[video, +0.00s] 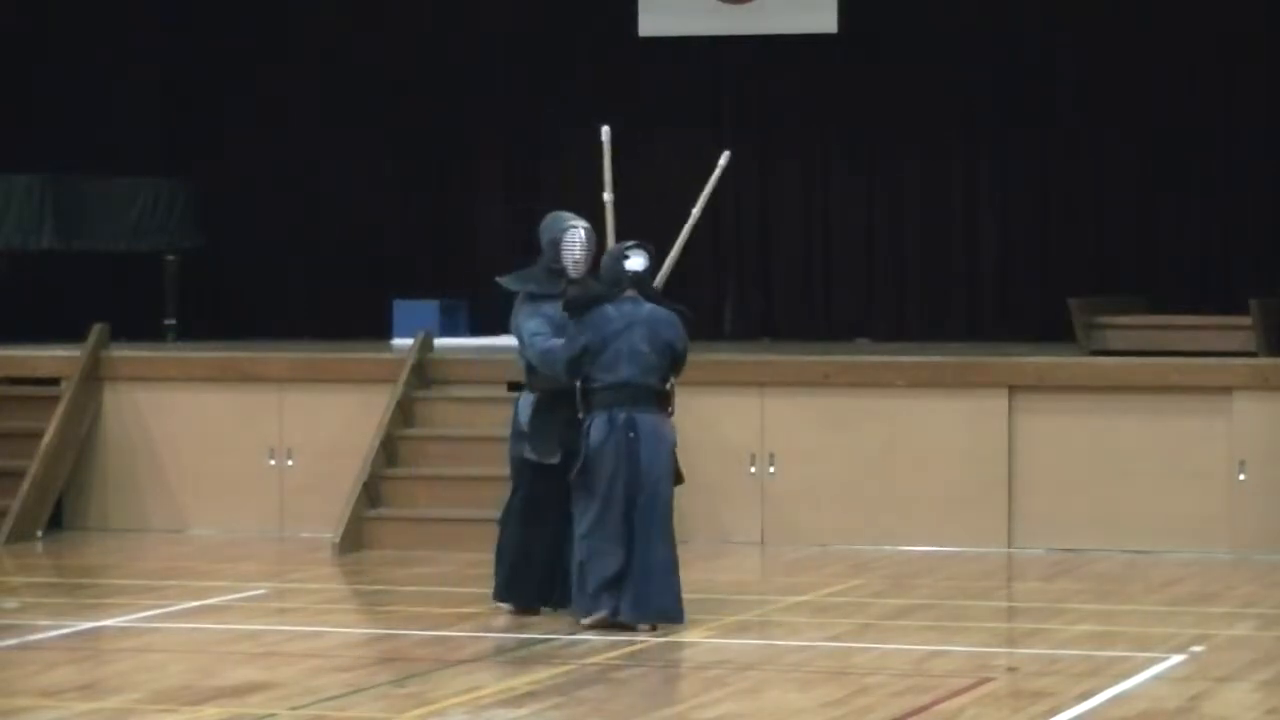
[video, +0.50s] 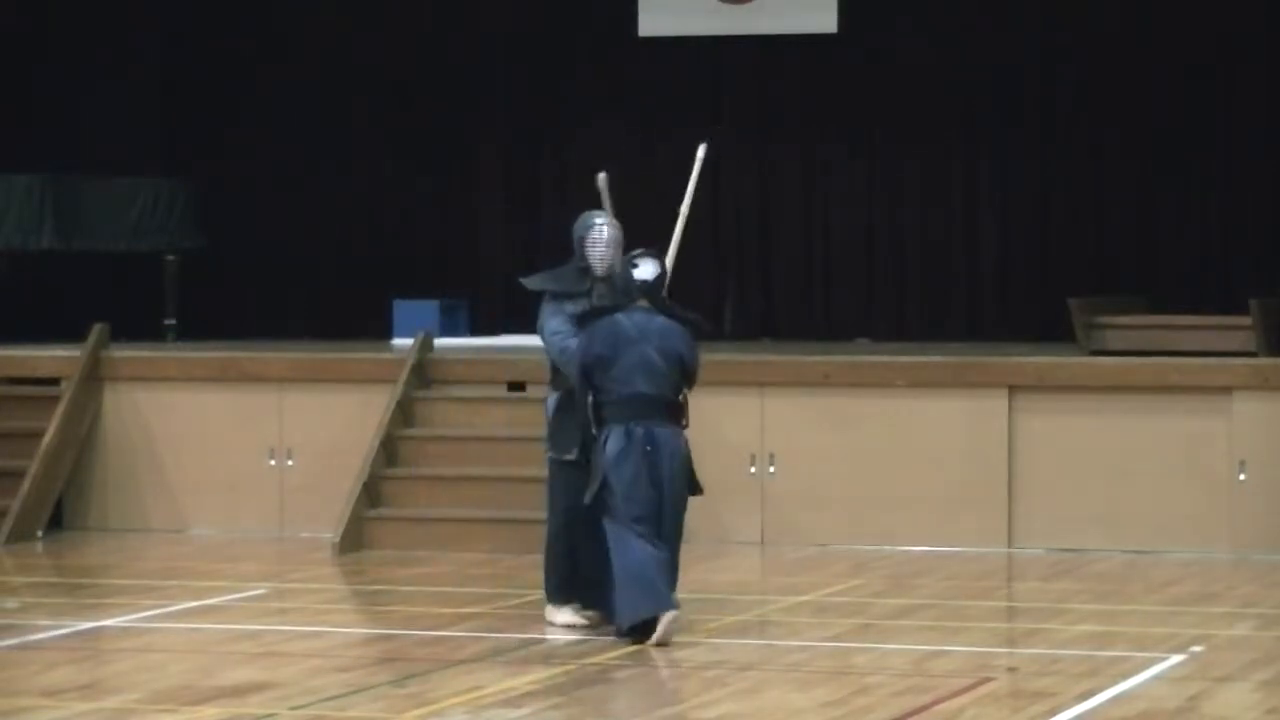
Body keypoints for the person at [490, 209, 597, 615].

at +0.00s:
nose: (579, 254)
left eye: (584, 246)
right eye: (570, 246)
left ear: (592, 249)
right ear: (551, 249)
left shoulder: (597, 293)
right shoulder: (534, 301)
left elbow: (621, 334)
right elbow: (546, 355)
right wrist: (596, 349)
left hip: (589, 406)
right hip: (544, 405)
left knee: (577, 500)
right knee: (535, 498)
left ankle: (572, 594)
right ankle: (515, 595)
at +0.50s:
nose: (602, 251)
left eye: (609, 243)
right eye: (595, 243)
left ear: (620, 247)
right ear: (581, 246)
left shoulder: (634, 290)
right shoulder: (560, 295)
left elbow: (671, 332)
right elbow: (569, 353)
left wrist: (652, 296)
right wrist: (605, 366)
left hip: (621, 410)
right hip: (573, 409)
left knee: (611, 506)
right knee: (569, 507)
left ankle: (605, 599)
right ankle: (560, 600)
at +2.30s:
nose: (497, 253)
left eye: (502, 244)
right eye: (488, 244)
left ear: (508, 249)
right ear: (467, 248)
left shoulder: (508, 295)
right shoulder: (446, 294)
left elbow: (531, 350)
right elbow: (467, 343)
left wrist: (546, 311)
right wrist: (528, 309)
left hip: (488, 410)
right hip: (450, 408)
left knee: (479, 507)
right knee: (443, 504)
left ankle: (474, 607)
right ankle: (431, 601)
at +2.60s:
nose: (488, 250)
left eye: (492, 241)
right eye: (479, 241)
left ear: (499, 246)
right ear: (459, 247)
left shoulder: (506, 296)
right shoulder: (442, 297)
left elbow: (527, 343)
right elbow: (443, 358)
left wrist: (528, 345)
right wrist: (500, 351)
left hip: (492, 412)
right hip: (451, 412)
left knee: (488, 510)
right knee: (445, 507)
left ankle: (479, 608)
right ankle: (430, 604)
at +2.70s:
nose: (486, 250)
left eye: (492, 240)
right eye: (477, 241)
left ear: (500, 245)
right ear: (457, 246)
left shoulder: (506, 296)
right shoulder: (440, 299)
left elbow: (513, 358)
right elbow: (446, 362)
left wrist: (532, 355)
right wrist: (514, 352)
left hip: (489, 412)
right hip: (448, 412)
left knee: (487, 509)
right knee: (447, 508)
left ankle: (481, 608)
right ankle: (434, 601)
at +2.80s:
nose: (484, 250)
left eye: (489, 241)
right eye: (475, 242)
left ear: (495, 244)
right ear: (454, 246)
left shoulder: (503, 296)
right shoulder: (437, 297)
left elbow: (516, 354)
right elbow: (445, 360)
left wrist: (530, 370)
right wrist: (509, 352)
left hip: (484, 409)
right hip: (444, 409)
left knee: (485, 509)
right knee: (443, 509)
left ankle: (480, 609)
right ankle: (433, 609)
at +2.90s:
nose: (474, 251)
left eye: (479, 242)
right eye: (465, 242)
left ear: (487, 246)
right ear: (444, 248)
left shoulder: (493, 298)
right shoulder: (428, 299)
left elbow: (517, 347)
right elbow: (448, 349)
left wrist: (536, 367)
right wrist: (512, 351)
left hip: (475, 410)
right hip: (436, 410)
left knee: (481, 507)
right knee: (443, 508)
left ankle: (485, 606)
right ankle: (453, 610)